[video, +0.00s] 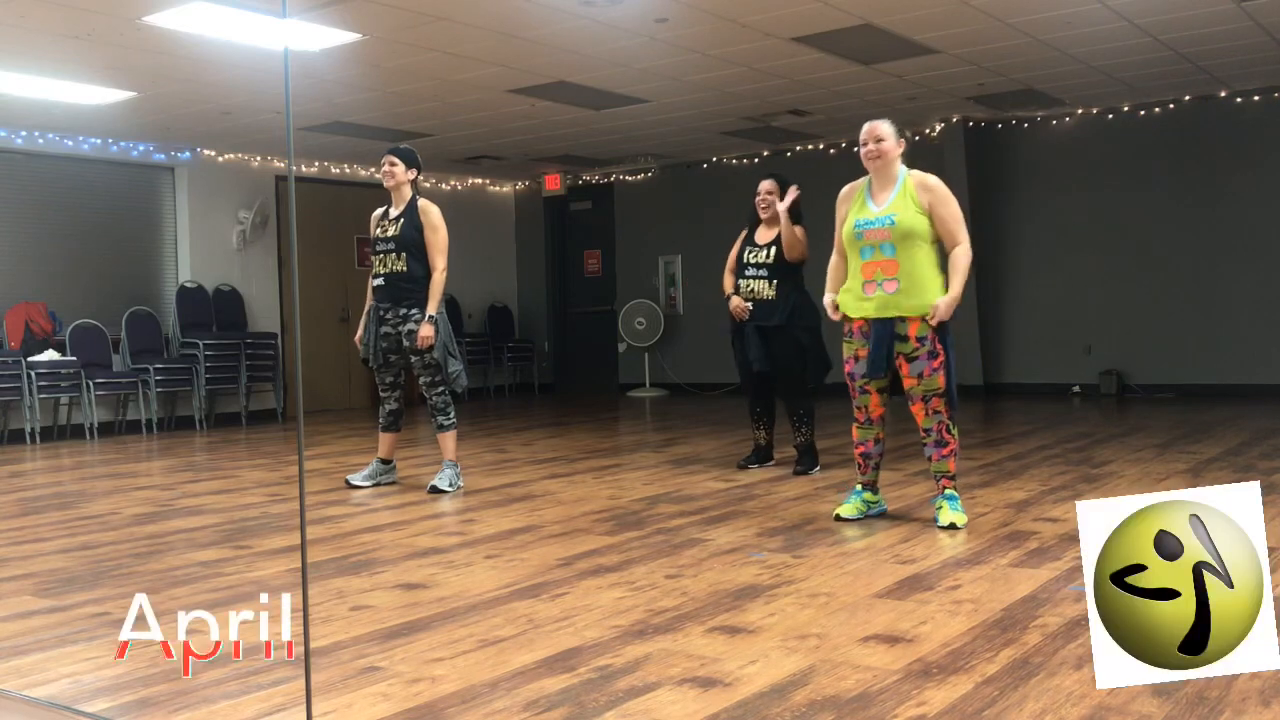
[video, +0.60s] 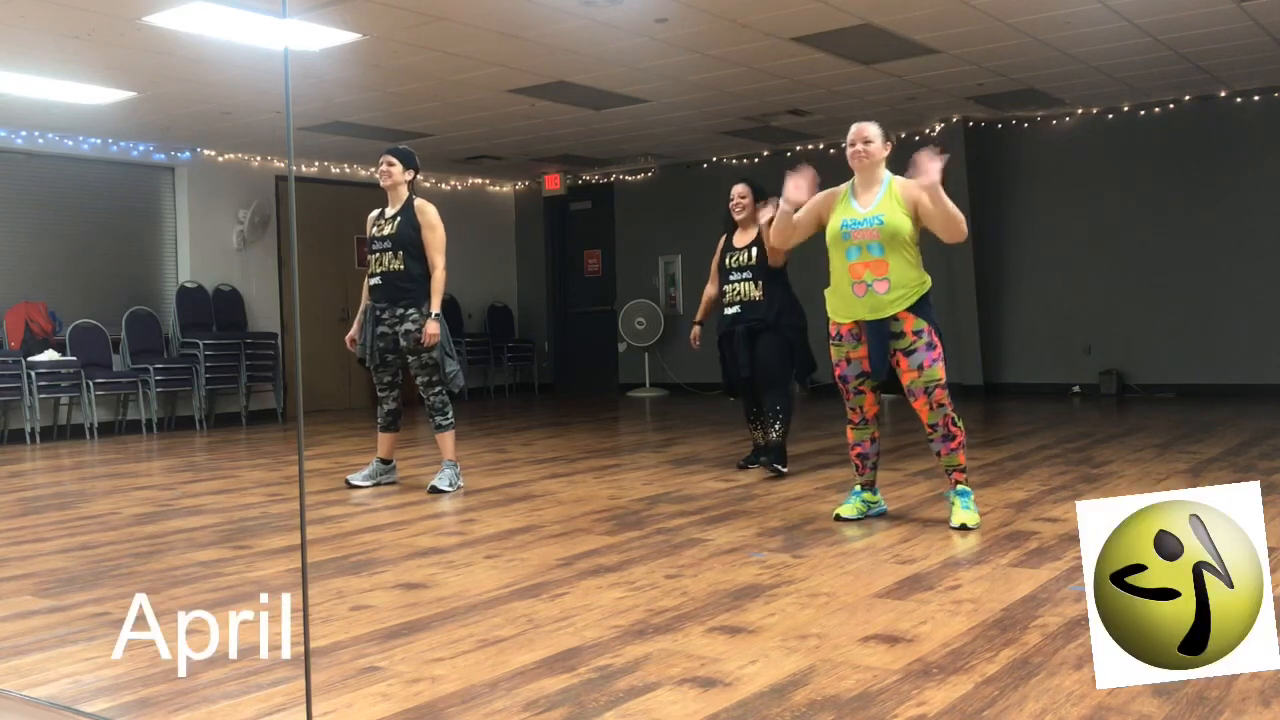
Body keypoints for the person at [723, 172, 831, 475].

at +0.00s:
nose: (762, 199)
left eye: (769, 194)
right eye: (759, 194)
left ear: (784, 199)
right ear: (754, 200)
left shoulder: (794, 232)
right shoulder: (747, 235)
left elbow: (794, 255)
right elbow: (729, 271)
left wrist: (783, 214)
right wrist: (731, 296)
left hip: (789, 325)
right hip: (752, 327)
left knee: (795, 388)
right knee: (757, 389)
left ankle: (806, 453)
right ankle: (762, 449)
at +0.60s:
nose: (736, 202)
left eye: (742, 197)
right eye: (732, 199)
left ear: (757, 201)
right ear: (728, 206)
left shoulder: (769, 232)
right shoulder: (726, 240)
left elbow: (778, 260)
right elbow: (713, 285)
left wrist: (767, 225)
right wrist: (698, 321)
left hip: (772, 322)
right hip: (737, 326)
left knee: (774, 382)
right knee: (748, 385)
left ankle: (776, 450)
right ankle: (759, 447)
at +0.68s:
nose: (737, 203)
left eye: (743, 198)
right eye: (733, 199)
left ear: (757, 202)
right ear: (729, 205)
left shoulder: (773, 232)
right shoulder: (727, 238)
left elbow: (781, 265)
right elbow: (712, 283)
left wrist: (749, 249)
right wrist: (693, 320)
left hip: (771, 324)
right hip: (736, 326)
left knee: (773, 384)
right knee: (746, 387)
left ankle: (774, 452)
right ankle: (759, 448)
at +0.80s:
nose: (738, 202)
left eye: (745, 198)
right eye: (735, 198)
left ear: (759, 203)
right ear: (731, 205)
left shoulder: (773, 235)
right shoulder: (726, 240)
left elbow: (784, 270)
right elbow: (713, 282)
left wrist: (746, 280)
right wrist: (697, 313)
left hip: (770, 327)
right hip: (736, 328)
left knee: (770, 387)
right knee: (746, 387)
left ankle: (773, 454)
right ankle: (759, 447)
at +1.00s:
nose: (741, 199)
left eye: (748, 194)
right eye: (737, 194)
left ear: (762, 200)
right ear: (733, 201)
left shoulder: (776, 235)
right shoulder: (726, 236)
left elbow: (794, 274)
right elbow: (708, 276)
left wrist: (774, 313)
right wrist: (725, 277)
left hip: (770, 328)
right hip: (736, 330)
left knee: (770, 389)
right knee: (747, 389)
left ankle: (774, 456)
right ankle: (759, 447)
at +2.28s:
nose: (724, 197)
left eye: (731, 192)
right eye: (721, 192)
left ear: (746, 197)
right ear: (716, 198)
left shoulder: (763, 233)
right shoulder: (709, 231)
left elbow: (781, 277)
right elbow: (695, 270)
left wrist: (791, 321)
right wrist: (687, 290)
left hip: (756, 330)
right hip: (715, 331)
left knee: (763, 392)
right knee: (716, 393)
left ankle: (772, 459)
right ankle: (720, 457)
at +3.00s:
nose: (725, 199)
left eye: (732, 193)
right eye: (722, 194)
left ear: (748, 197)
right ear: (718, 200)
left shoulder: (761, 228)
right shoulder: (722, 233)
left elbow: (790, 263)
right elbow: (729, 277)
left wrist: (778, 309)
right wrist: (720, 312)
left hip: (760, 326)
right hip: (724, 327)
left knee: (767, 388)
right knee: (698, 378)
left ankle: (779, 459)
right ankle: (714, 442)